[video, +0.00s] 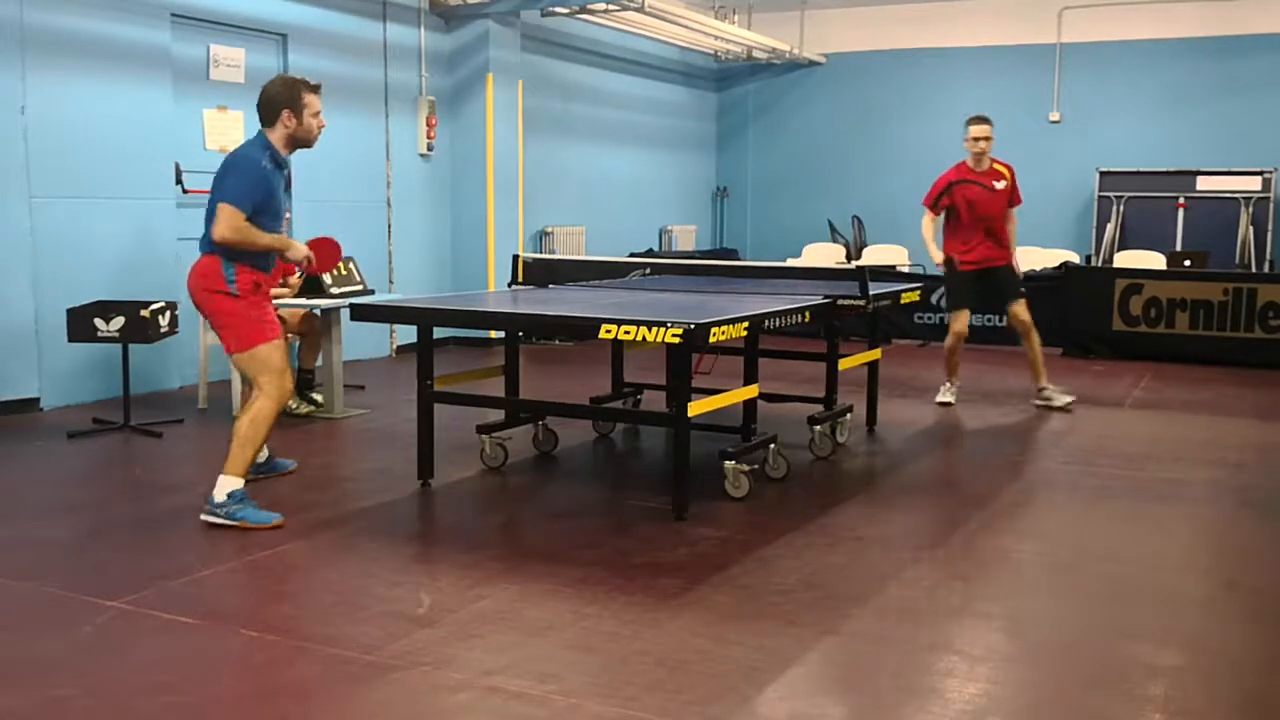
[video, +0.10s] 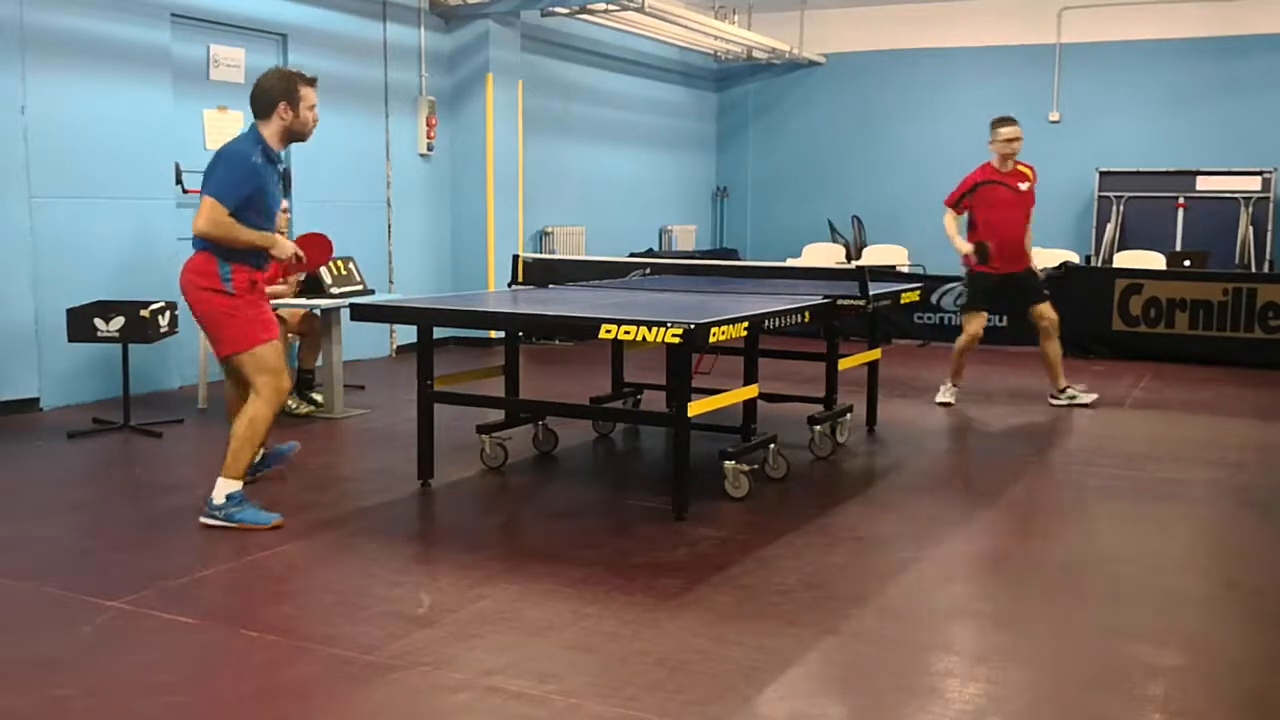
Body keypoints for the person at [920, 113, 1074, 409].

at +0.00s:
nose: (980, 145)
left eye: (985, 140)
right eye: (975, 140)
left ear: (992, 142)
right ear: (965, 142)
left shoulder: (1005, 173)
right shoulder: (951, 178)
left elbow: (1010, 217)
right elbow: (929, 216)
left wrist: (1012, 255)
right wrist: (934, 250)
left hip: (999, 262)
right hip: (961, 264)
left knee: (1025, 322)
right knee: (958, 331)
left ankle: (1042, 387)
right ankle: (950, 383)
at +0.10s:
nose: (1013, 146)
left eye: (1017, 140)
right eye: (1006, 141)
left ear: (1022, 141)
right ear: (992, 144)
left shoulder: (1028, 175)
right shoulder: (978, 178)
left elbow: (1027, 221)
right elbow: (950, 213)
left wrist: (1027, 258)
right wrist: (958, 242)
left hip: (1019, 270)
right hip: (984, 271)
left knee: (1049, 320)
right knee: (973, 333)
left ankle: (1060, 389)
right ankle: (951, 384)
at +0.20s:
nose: (1046, 139)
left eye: (1048, 134)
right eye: (1040, 135)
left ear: (1048, 137)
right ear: (1023, 137)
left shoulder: (1048, 169)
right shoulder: (1005, 173)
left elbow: (1048, 211)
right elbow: (979, 215)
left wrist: (1050, 248)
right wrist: (994, 241)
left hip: (1044, 264)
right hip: (1013, 265)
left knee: (1067, 320)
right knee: (999, 325)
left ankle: (1063, 389)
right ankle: (955, 379)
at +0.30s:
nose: (1073, 135)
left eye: (1075, 129)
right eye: (1068, 129)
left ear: (1072, 132)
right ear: (1050, 132)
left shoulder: (1067, 166)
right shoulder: (1029, 169)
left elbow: (1063, 211)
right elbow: (1012, 214)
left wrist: (1070, 249)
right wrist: (1033, 247)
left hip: (1065, 257)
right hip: (1040, 258)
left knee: (1075, 320)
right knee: (1037, 322)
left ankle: (1064, 388)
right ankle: (978, 365)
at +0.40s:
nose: (1095, 132)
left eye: (1096, 126)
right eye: (1090, 126)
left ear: (1083, 131)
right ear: (1074, 129)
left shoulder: (1079, 167)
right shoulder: (1053, 165)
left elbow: (1076, 214)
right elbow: (1039, 212)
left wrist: (1086, 251)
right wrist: (1061, 250)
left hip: (1081, 254)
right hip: (1061, 254)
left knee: (1076, 321)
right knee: (1078, 318)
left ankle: (1064, 387)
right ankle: (1023, 365)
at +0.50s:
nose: (1117, 132)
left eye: (1116, 127)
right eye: (1113, 127)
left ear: (1098, 130)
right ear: (1097, 129)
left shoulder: (1086, 164)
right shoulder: (1076, 163)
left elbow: (1079, 212)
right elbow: (1064, 211)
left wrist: (1093, 249)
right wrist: (1078, 251)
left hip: (1080, 254)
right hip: (1084, 254)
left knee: (1075, 318)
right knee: (1109, 315)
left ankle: (1063, 383)